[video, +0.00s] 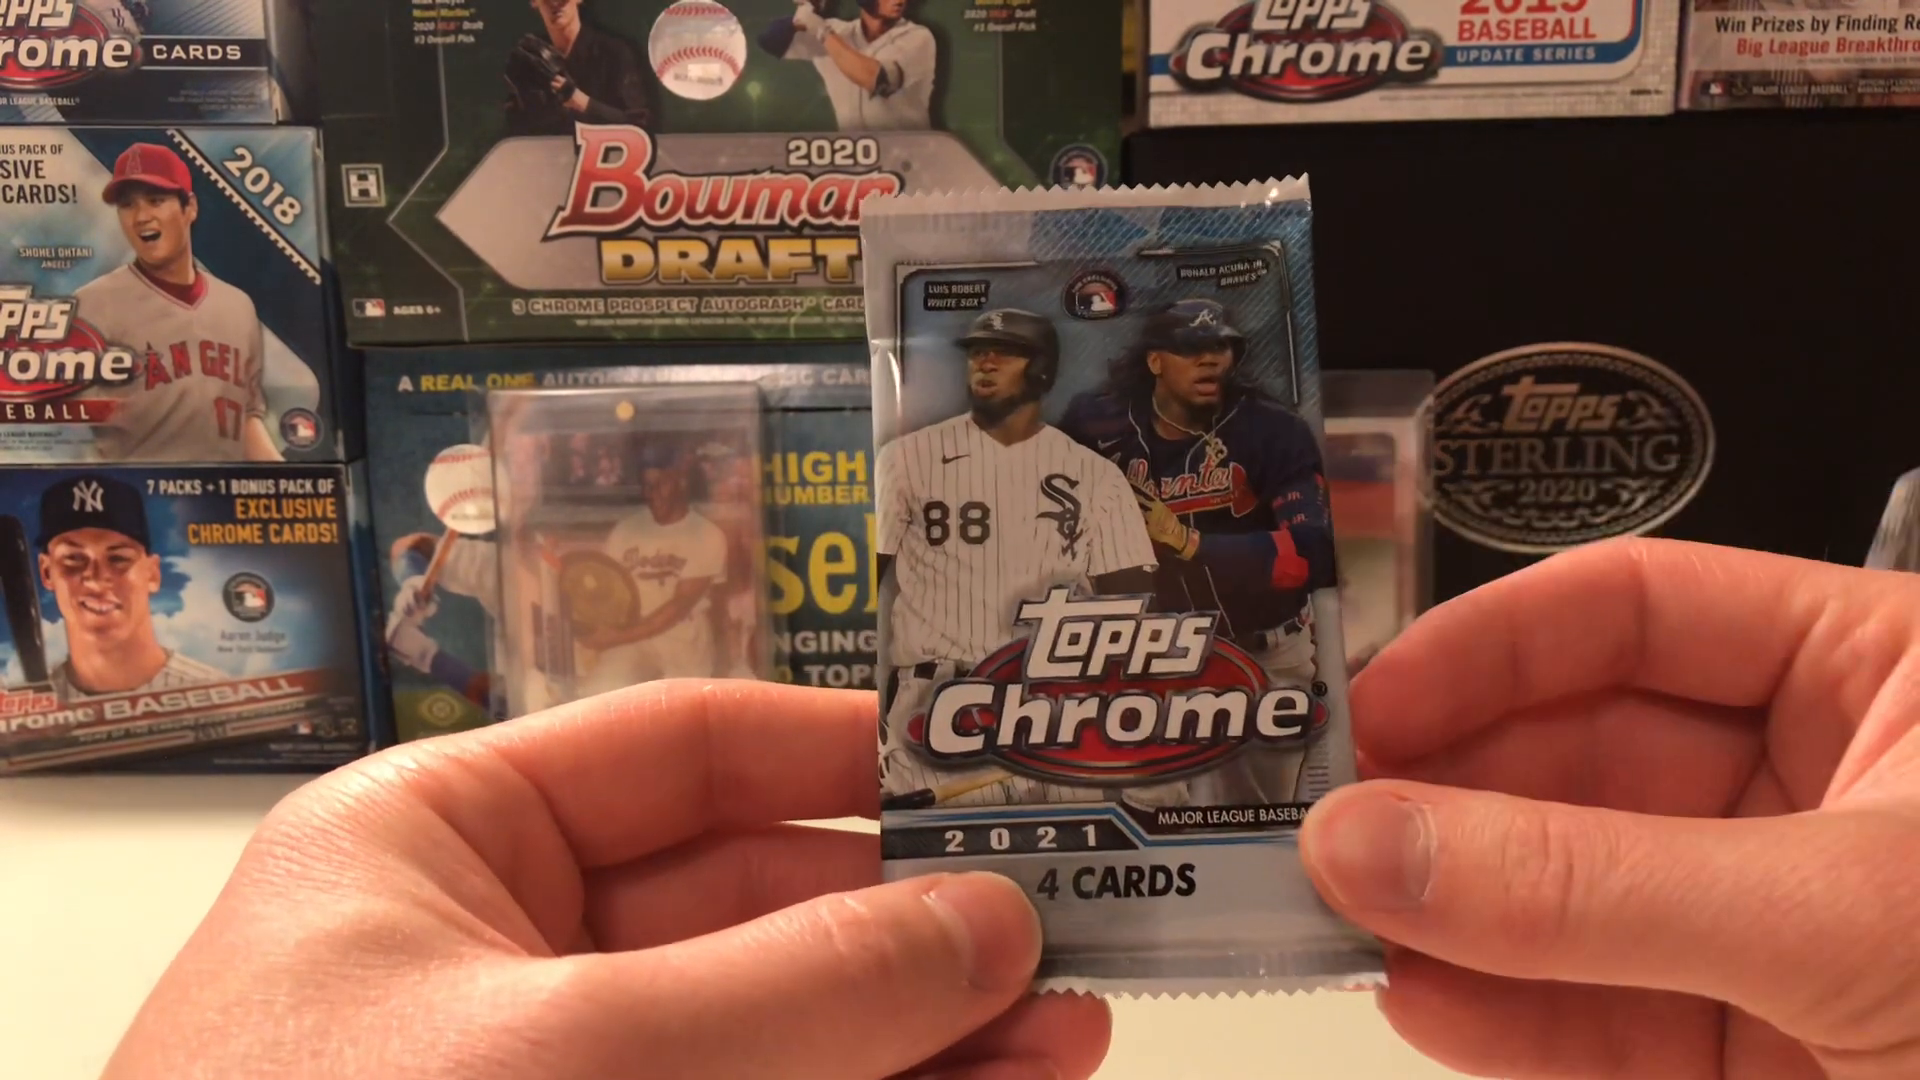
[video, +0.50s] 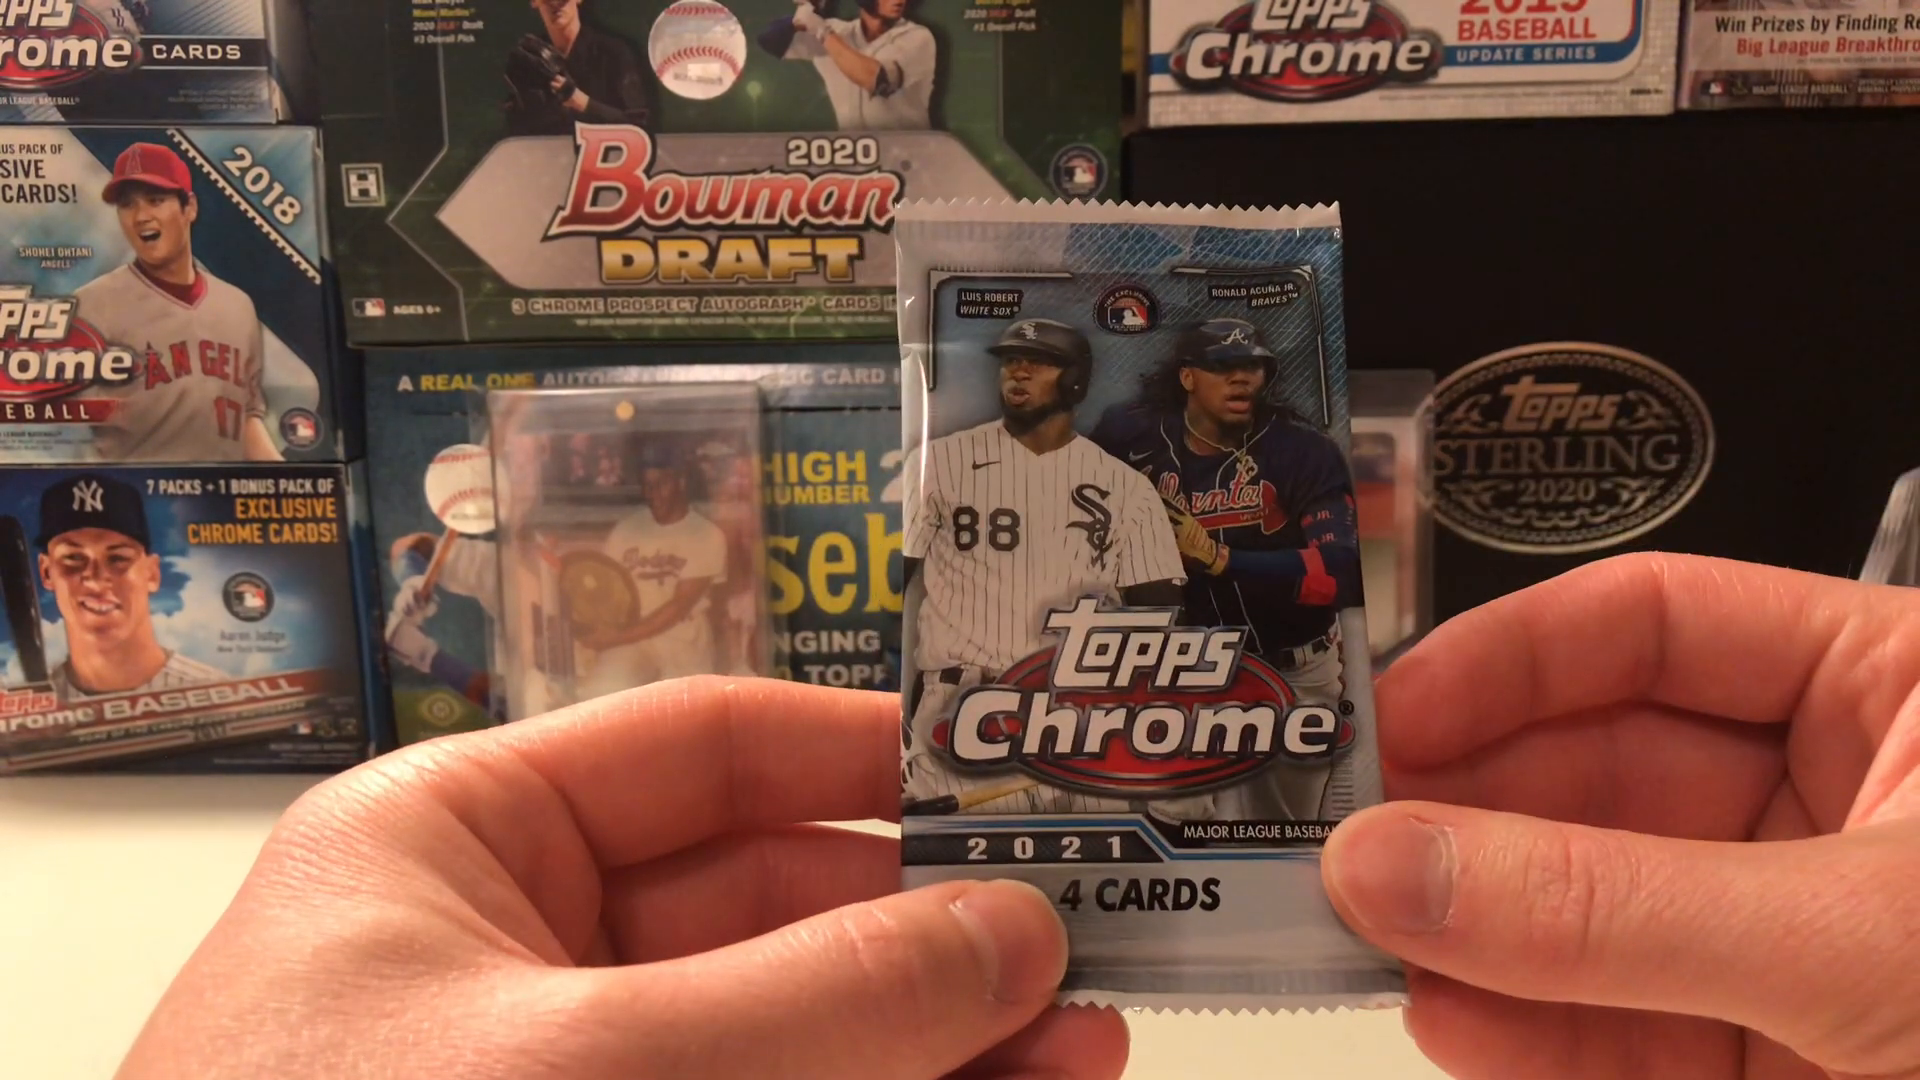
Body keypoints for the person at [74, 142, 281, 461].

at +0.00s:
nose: (142, 216)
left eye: (157, 200)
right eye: (128, 204)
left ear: (189, 209)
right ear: (118, 217)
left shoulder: (239, 307)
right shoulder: (92, 306)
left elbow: (247, 414)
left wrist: (284, 484)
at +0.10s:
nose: (142, 216)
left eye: (157, 200)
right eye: (128, 204)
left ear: (189, 209)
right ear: (118, 216)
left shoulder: (239, 307)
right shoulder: (91, 306)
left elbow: (247, 414)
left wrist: (284, 483)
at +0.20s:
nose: (142, 216)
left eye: (157, 200)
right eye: (128, 203)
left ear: (189, 209)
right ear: (118, 217)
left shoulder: (239, 307)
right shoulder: (91, 306)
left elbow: (247, 414)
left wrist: (284, 483)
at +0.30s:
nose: (142, 216)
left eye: (156, 200)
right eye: (128, 203)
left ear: (189, 209)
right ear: (118, 217)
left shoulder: (239, 307)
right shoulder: (91, 307)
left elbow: (247, 415)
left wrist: (284, 484)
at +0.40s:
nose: (142, 216)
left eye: (156, 200)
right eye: (128, 203)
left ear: (189, 209)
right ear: (118, 217)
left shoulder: (238, 306)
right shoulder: (90, 307)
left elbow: (248, 414)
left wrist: (283, 482)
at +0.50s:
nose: (142, 216)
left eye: (157, 200)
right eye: (128, 203)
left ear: (189, 209)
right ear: (118, 217)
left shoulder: (238, 306)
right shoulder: (91, 307)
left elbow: (248, 414)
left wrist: (283, 482)